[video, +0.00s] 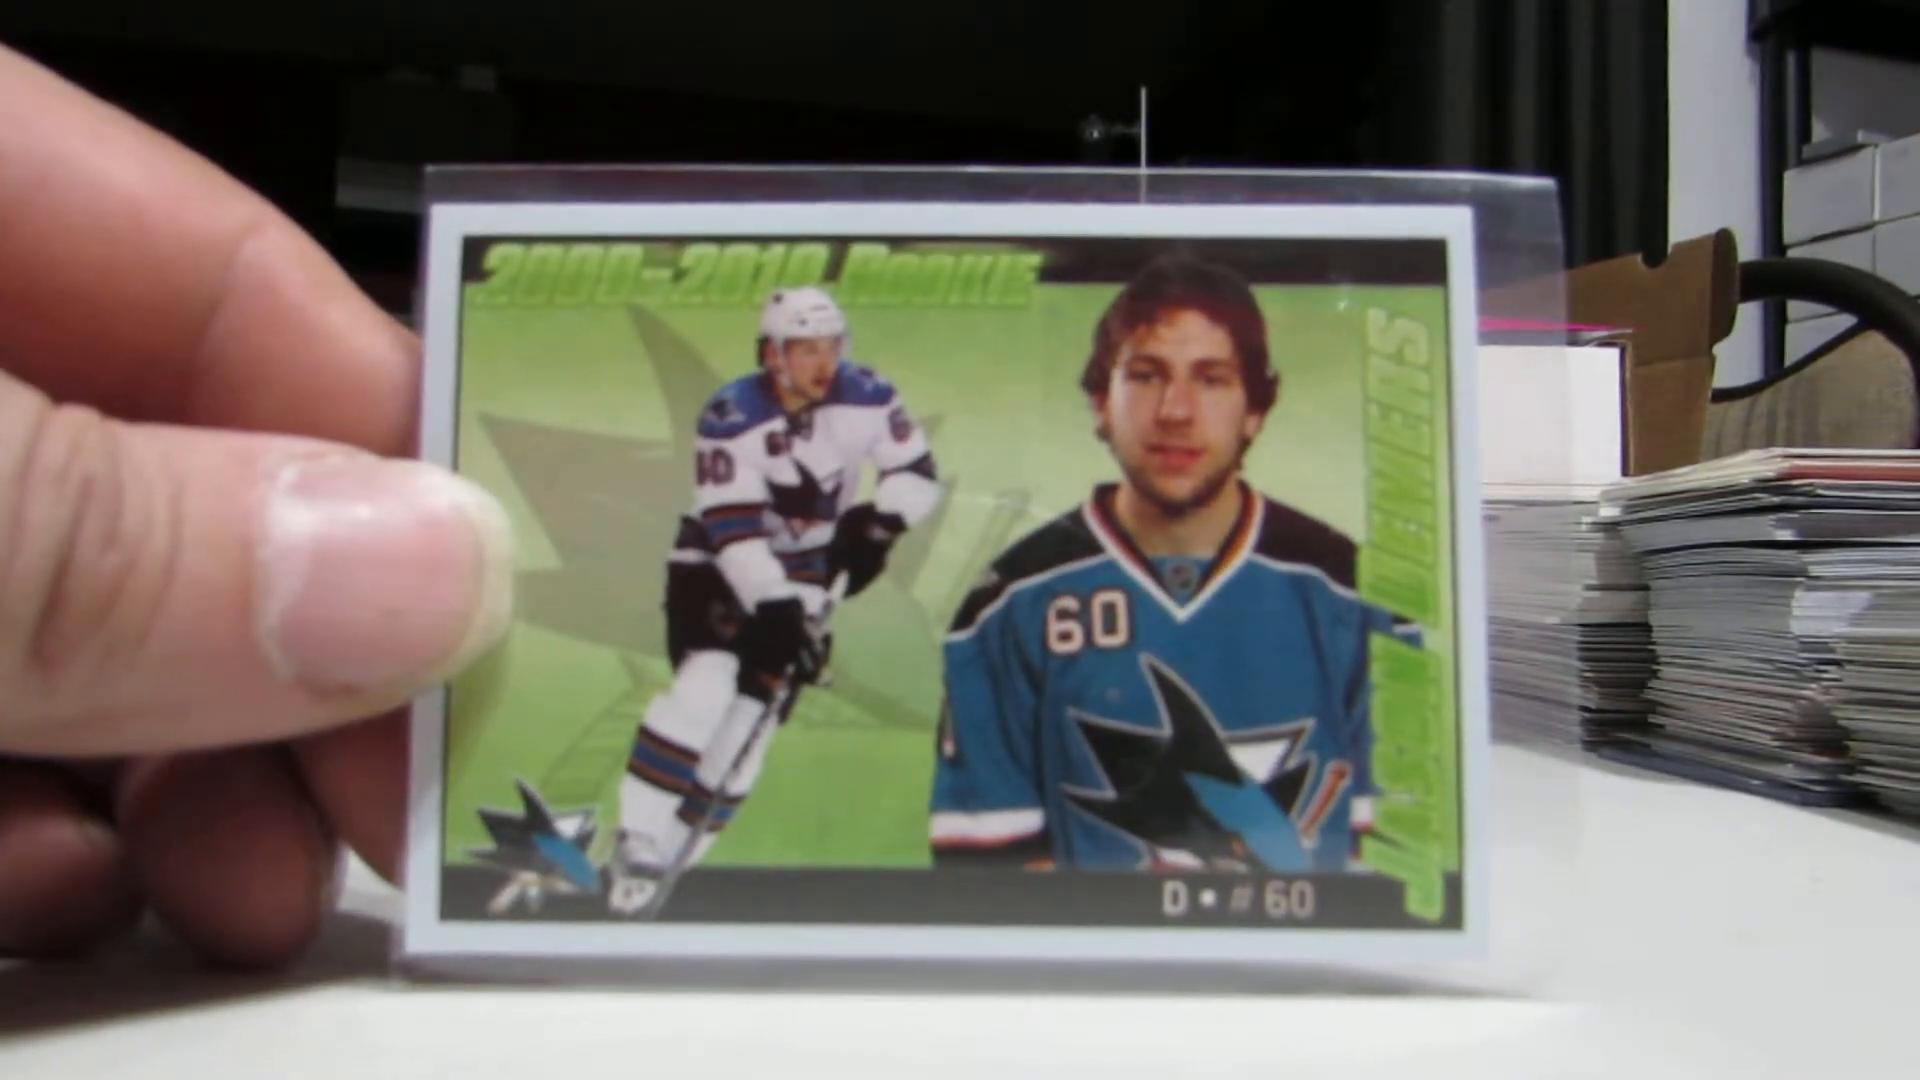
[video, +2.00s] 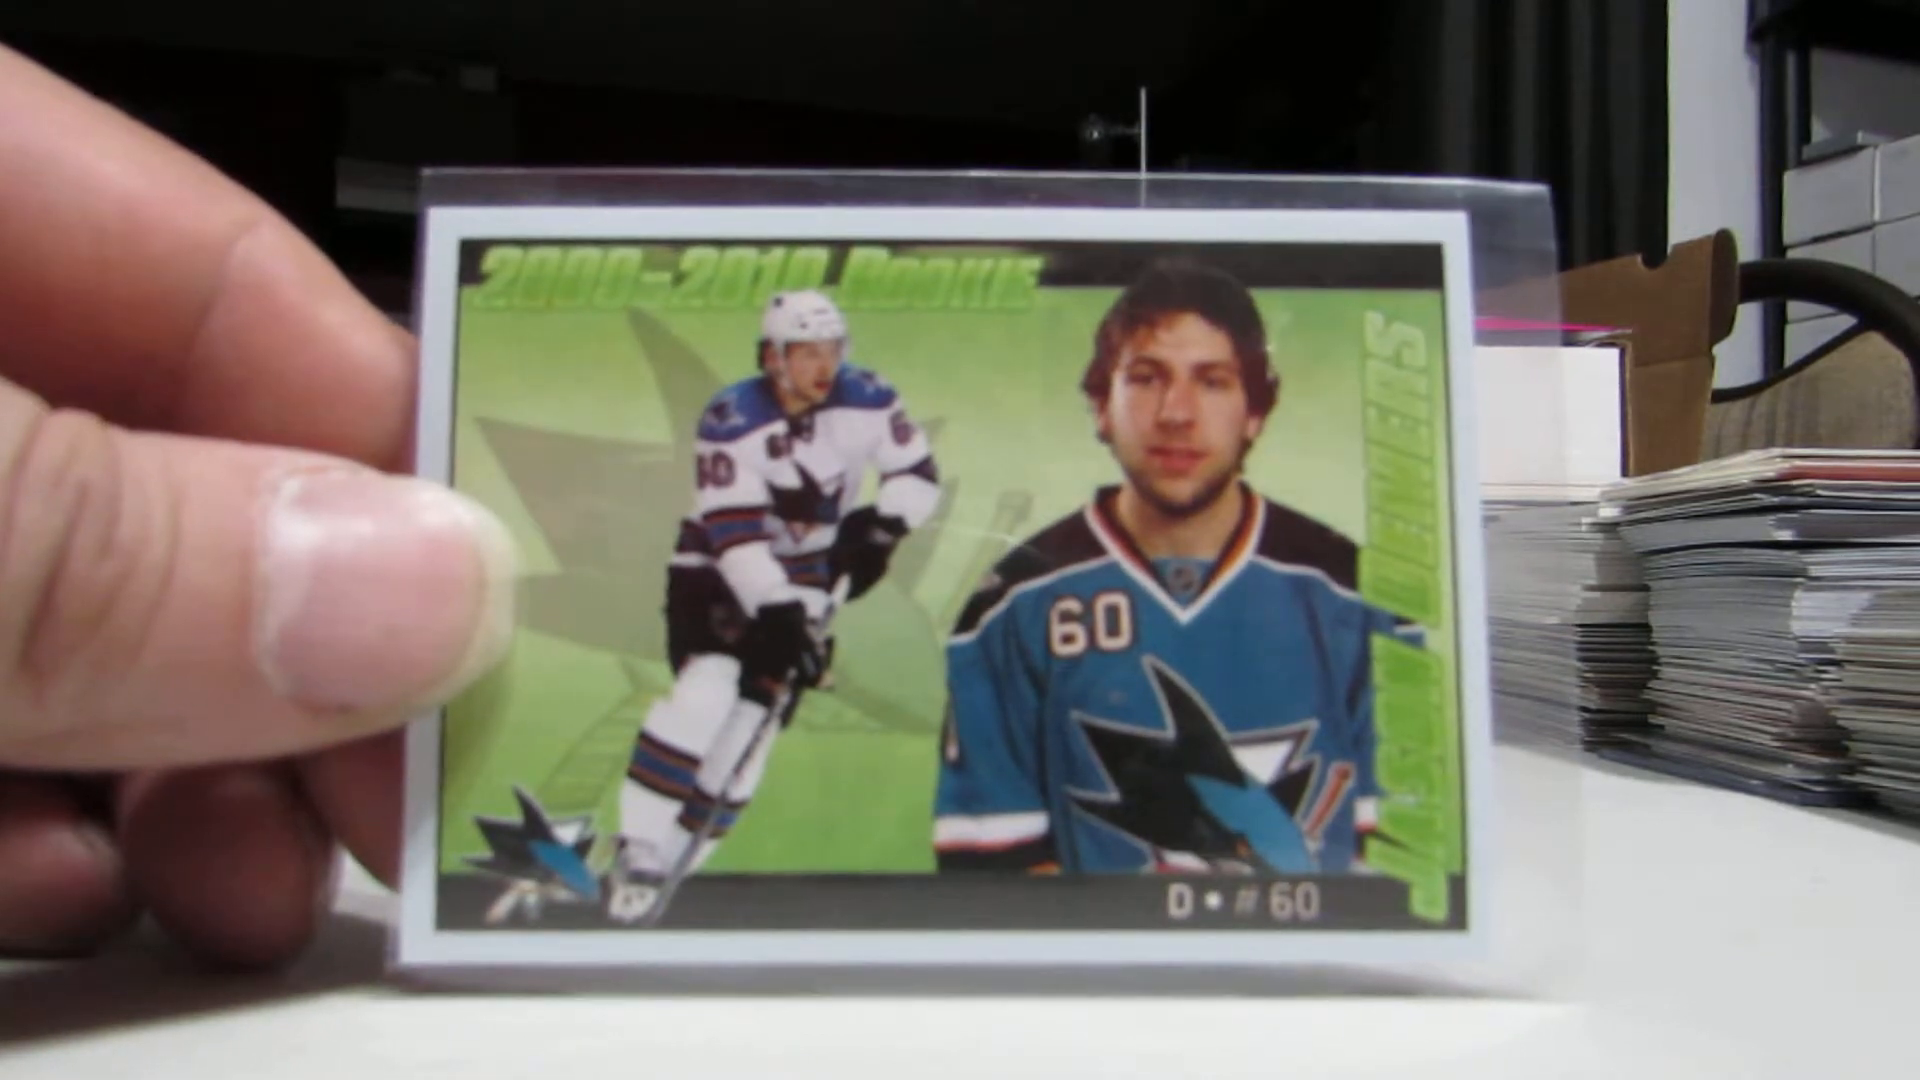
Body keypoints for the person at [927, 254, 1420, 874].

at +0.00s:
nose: (1175, 409)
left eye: (1210, 379)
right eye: (1146, 375)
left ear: (1254, 412)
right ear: (1101, 404)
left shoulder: (1348, 585)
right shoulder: (1015, 600)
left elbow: (1393, 852)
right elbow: (989, 874)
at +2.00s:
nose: (1176, 411)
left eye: (1211, 381)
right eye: (1146, 378)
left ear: (1254, 413)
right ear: (1102, 407)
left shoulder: (1354, 589)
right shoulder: (1017, 604)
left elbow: (1400, 851)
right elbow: (992, 872)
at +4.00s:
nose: (1177, 411)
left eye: (1212, 381)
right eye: (1147, 377)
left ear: (1255, 415)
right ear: (1103, 408)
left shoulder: (1355, 589)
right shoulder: (1017, 604)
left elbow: (1400, 856)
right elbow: (994, 876)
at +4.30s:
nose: (1177, 411)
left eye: (1212, 381)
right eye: (1147, 377)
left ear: (1255, 415)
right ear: (1103, 408)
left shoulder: (1355, 588)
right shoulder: (1017, 604)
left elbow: (1400, 853)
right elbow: (994, 876)